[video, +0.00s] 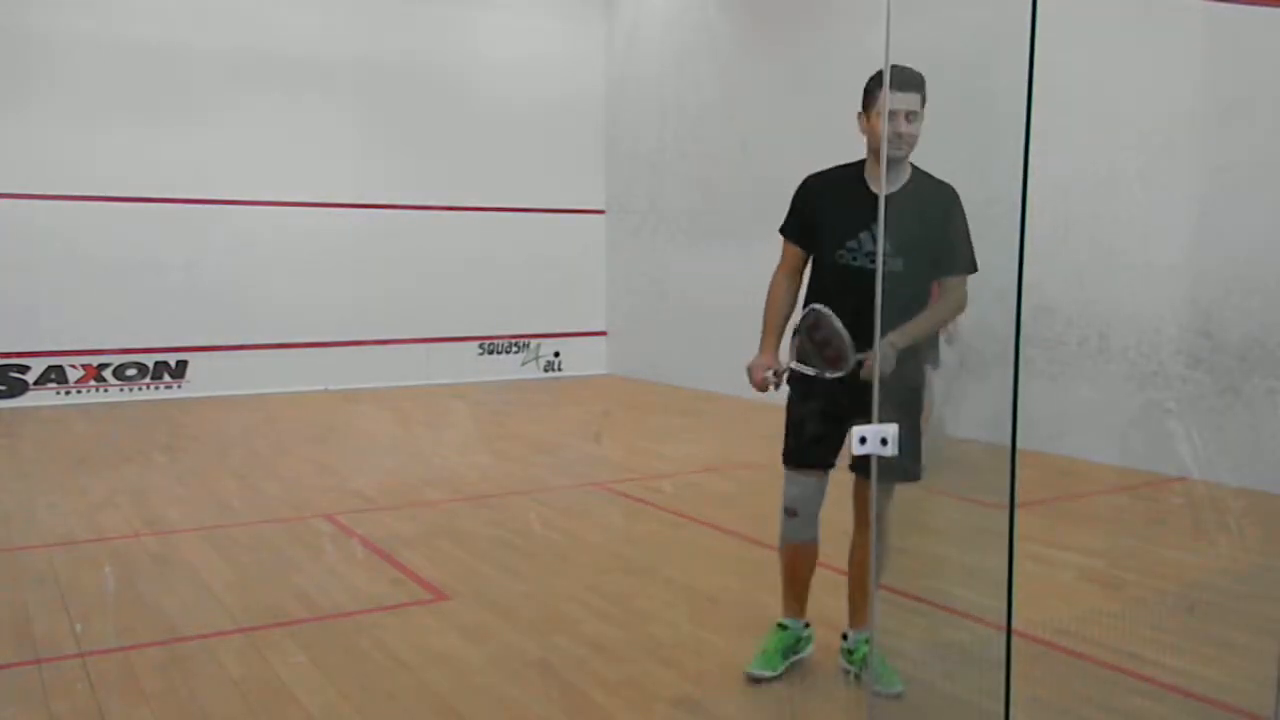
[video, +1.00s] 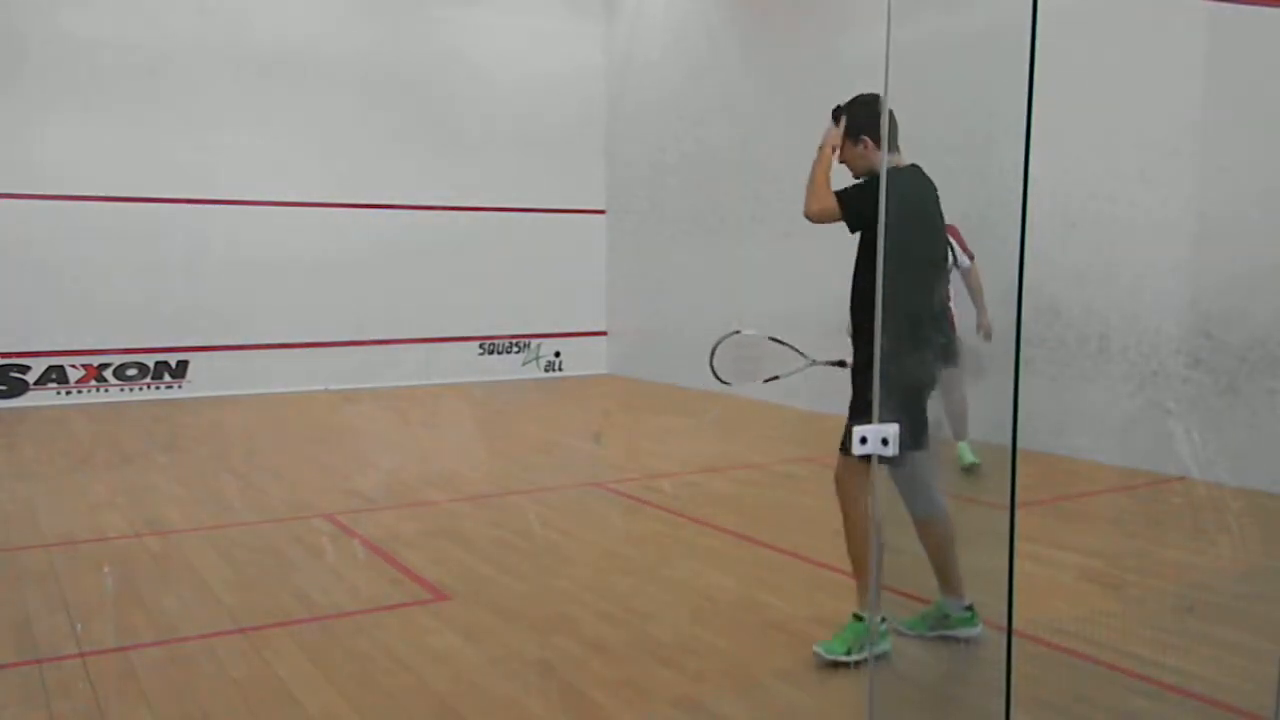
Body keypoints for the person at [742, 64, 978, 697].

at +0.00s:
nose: (902, 127)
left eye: (912, 117)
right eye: (891, 115)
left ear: (923, 124)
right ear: (864, 120)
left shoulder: (940, 202)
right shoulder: (820, 191)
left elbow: (951, 299)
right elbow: (787, 274)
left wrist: (892, 344)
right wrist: (768, 346)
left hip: (891, 382)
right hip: (817, 374)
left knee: (874, 513)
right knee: (798, 505)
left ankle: (858, 639)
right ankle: (793, 629)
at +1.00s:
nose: (842, 161)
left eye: (844, 151)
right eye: (841, 151)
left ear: (863, 144)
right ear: (884, 141)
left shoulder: (885, 190)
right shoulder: (919, 185)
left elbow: (817, 208)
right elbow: (923, 282)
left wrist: (827, 152)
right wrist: (871, 343)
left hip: (886, 361)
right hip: (914, 357)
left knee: (851, 477)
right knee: (915, 475)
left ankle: (869, 621)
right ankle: (955, 606)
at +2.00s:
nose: (671, 164)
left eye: (671, 156)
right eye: (682, 157)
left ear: (676, 159)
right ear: (722, 159)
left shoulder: (698, 208)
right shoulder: (740, 214)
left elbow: (712, 280)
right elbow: (773, 296)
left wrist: (651, 332)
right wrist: (722, 336)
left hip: (709, 377)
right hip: (723, 375)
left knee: (704, 498)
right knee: (671, 472)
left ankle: (810, 586)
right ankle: (695, 595)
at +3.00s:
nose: (631, 142)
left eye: (632, 135)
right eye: (648, 135)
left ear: (633, 141)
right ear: (679, 143)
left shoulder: (622, 196)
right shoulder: (706, 204)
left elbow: (615, 274)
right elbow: (737, 277)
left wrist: (583, 289)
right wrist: (689, 288)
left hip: (633, 352)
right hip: (687, 355)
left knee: (588, 453)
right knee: (673, 460)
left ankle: (610, 578)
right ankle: (697, 580)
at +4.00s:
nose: (699, 148)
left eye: (698, 142)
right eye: (744, 138)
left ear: (699, 145)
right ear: (751, 143)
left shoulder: (700, 197)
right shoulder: (783, 208)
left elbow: (696, 276)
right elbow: (811, 289)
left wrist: (661, 277)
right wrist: (760, 306)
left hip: (708, 366)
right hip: (768, 371)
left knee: (661, 471)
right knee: (752, 477)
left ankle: (674, 606)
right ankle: (787, 613)